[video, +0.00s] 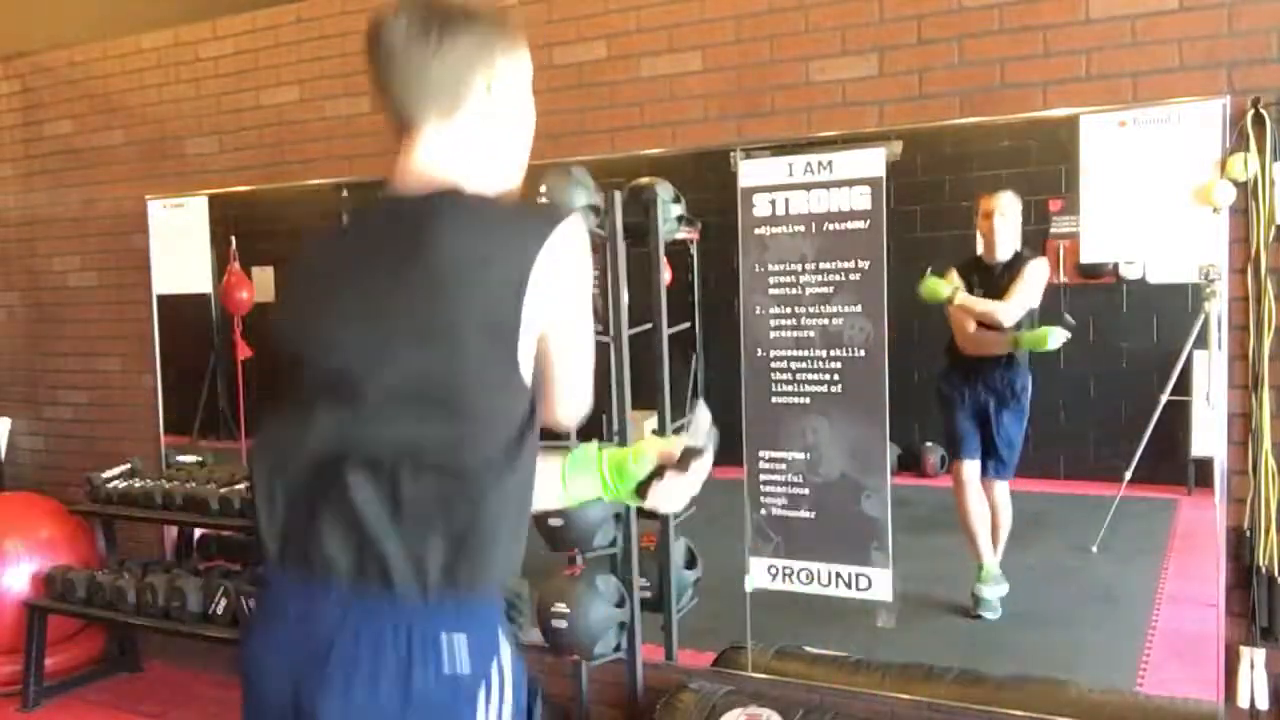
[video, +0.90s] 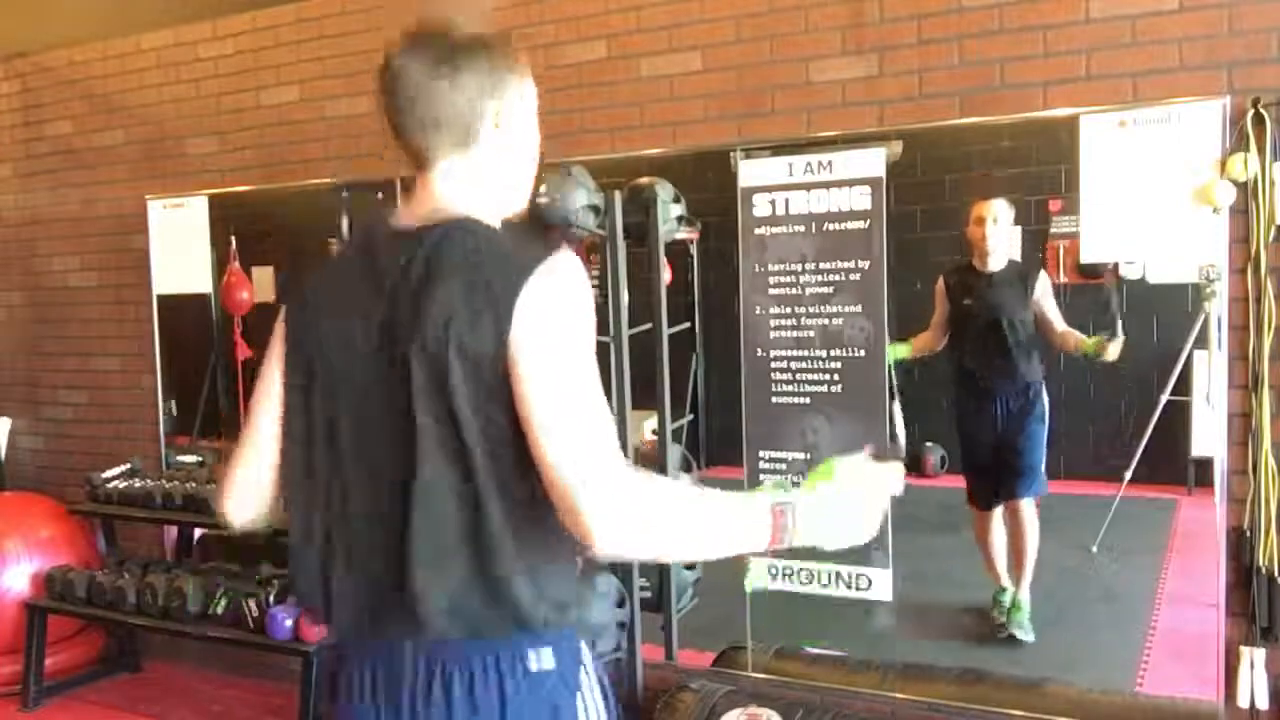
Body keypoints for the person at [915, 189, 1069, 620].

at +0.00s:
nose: (991, 223)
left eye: (1000, 216)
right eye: (985, 215)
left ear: (1017, 223)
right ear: (977, 222)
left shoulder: (1034, 267)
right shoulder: (958, 273)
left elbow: (1007, 314)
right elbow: (968, 341)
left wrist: (956, 295)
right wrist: (1019, 341)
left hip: (1007, 380)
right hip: (962, 380)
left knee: (995, 482)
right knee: (965, 473)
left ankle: (991, 575)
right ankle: (987, 570)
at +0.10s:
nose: (988, 236)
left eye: (996, 228)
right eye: (983, 228)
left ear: (1015, 234)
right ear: (975, 233)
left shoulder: (1033, 281)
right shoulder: (958, 281)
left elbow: (1027, 332)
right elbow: (955, 354)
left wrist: (976, 300)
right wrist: (990, 348)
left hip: (1009, 397)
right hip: (963, 395)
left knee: (999, 495)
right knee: (959, 486)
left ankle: (989, 585)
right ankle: (976, 579)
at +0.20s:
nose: (982, 209)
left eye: (991, 201)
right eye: (978, 201)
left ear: (1009, 208)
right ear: (970, 208)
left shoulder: (1033, 260)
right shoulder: (952, 263)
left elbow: (1051, 331)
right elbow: (938, 326)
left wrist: (1027, 332)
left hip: (1010, 374)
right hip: (963, 373)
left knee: (999, 476)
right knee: (962, 467)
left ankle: (993, 573)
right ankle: (977, 549)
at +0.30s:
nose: (978, 200)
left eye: (986, 192)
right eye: (974, 193)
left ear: (1006, 201)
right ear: (967, 201)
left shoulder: (1032, 254)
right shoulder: (949, 257)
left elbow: (1056, 313)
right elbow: (931, 319)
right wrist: (896, 361)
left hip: (1014, 374)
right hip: (963, 373)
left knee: (1005, 480)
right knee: (967, 475)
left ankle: (995, 530)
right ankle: (980, 565)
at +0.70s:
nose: (984, 202)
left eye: (993, 195)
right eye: (978, 194)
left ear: (1009, 204)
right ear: (967, 202)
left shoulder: (1029, 254)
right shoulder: (948, 257)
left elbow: (1052, 315)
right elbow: (935, 317)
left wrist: (1094, 352)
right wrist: (900, 359)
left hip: (1019, 370)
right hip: (969, 372)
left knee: (1014, 471)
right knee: (983, 477)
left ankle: (1021, 567)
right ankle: (992, 574)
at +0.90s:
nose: (987, 231)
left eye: (996, 222)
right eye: (980, 222)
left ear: (1013, 231)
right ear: (967, 231)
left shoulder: (1032, 280)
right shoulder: (950, 283)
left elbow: (1059, 332)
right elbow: (934, 337)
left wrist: (1092, 345)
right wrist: (897, 350)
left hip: (1025, 400)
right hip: (974, 402)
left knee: (1019, 501)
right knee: (983, 504)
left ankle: (1022, 602)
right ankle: (1003, 589)